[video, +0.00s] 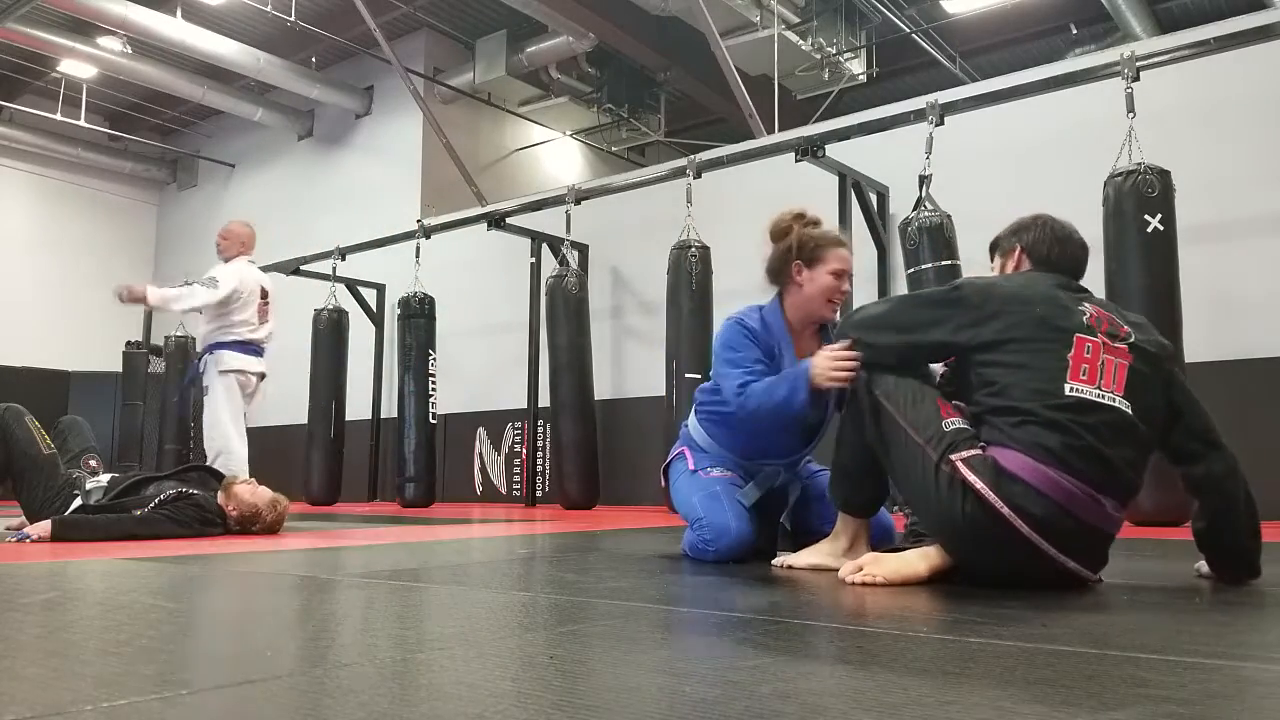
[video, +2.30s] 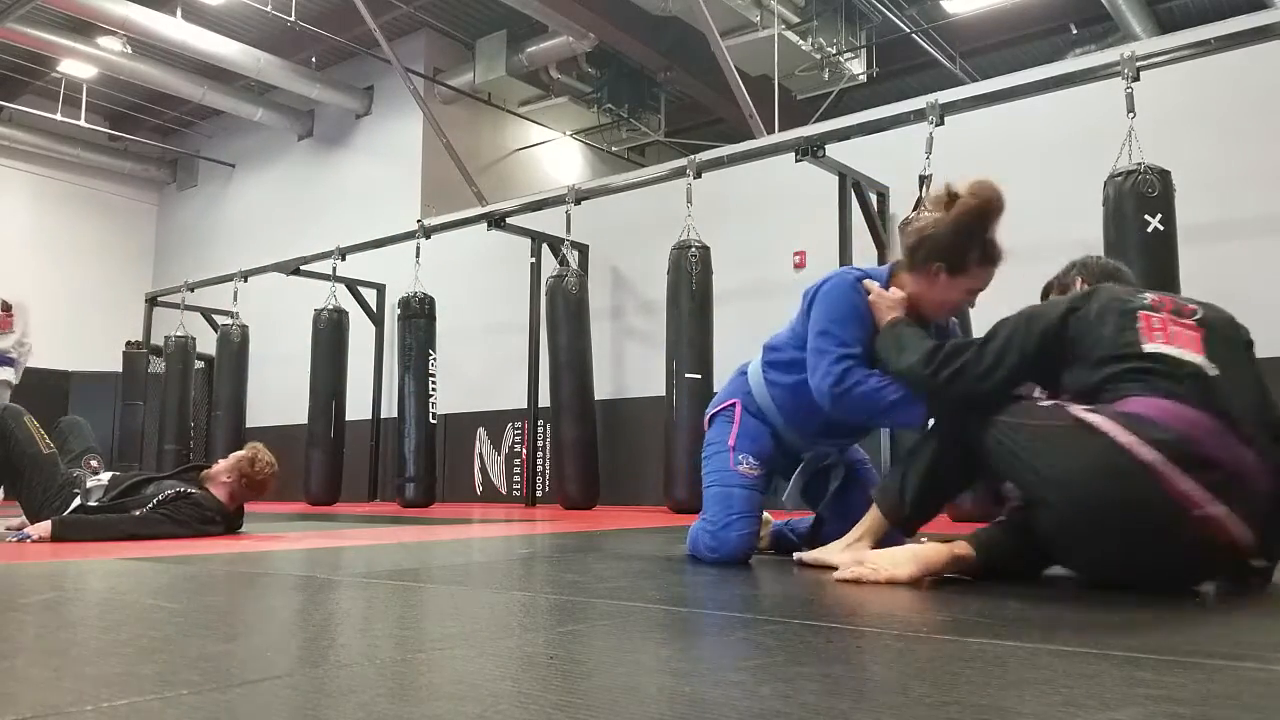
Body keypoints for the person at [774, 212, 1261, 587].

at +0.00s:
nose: (992, 278)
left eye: (995, 267)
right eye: (995, 268)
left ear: (1017, 259)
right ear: (1078, 272)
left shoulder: (996, 295)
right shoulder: (1144, 342)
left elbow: (858, 331)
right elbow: (1215, 468)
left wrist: (934, 384)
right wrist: (1234, 569)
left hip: (979, 511)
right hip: (1066, 562)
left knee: (871, 378)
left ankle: (846, 538)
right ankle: (929, 555)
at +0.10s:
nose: (998, 279)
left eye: (1001, 268)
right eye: (1002, 269)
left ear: (1021, 264)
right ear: (1086, 279)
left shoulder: (999, 297)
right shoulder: (1148, 345)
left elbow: (862, 329)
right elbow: (1217, 470)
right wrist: (1235, 568)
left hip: (979, 508)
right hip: (1065, 562)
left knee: (875, 374)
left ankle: (845, 540)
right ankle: (929, 556)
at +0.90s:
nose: (985, 299)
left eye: (988, 291)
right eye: (989, 292)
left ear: (1007, 279)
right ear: (1066, 286)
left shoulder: (987, 304)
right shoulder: (1137, 339)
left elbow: (880, 356)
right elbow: (1194, 458)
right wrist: (1230, 561)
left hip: (989, 504)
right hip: (1070, 558)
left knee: (890, 370)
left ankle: (846, 535)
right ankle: (930, 546)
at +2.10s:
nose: (1034, 299)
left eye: (1038, 288)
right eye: (1035, 289)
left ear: (1070, 274)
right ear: (1120, 281)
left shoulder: (1052, 303)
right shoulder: (1193, 342)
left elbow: (928, 383)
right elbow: (1241, 466)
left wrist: (871, 340)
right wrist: (1235, 566)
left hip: (982, 484)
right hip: (1065, 557)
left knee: (916, 399)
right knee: (975, 541)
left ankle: (854, 533)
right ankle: (921, 547)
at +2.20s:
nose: (1041, 305)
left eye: (1044, 294)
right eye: (1041, 295)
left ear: (1072, 277)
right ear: (1124, 280)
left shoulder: (1064, 302)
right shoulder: (1210, 339)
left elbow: (945, 382)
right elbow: (1249, 464)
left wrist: (884, 335)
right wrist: (1236, 567)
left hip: (1010, 476)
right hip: (1104, 553)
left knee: (944, 412)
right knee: (985, 538)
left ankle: (859, 535)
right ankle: (932, 552)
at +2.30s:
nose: (1050, 321)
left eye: (1052, 311)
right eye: (1050, 313)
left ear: (1073, 291)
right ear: (1130, 286)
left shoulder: (1074, 306)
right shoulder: (1227, 325)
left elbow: (954, 377)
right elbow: (1264, 436)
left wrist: (892, 324)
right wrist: (1252, 558)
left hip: (1108, 476)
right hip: (1205, 545)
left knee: (976, 408)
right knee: (1058, 517)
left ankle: (863, 535)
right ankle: (942, 557)